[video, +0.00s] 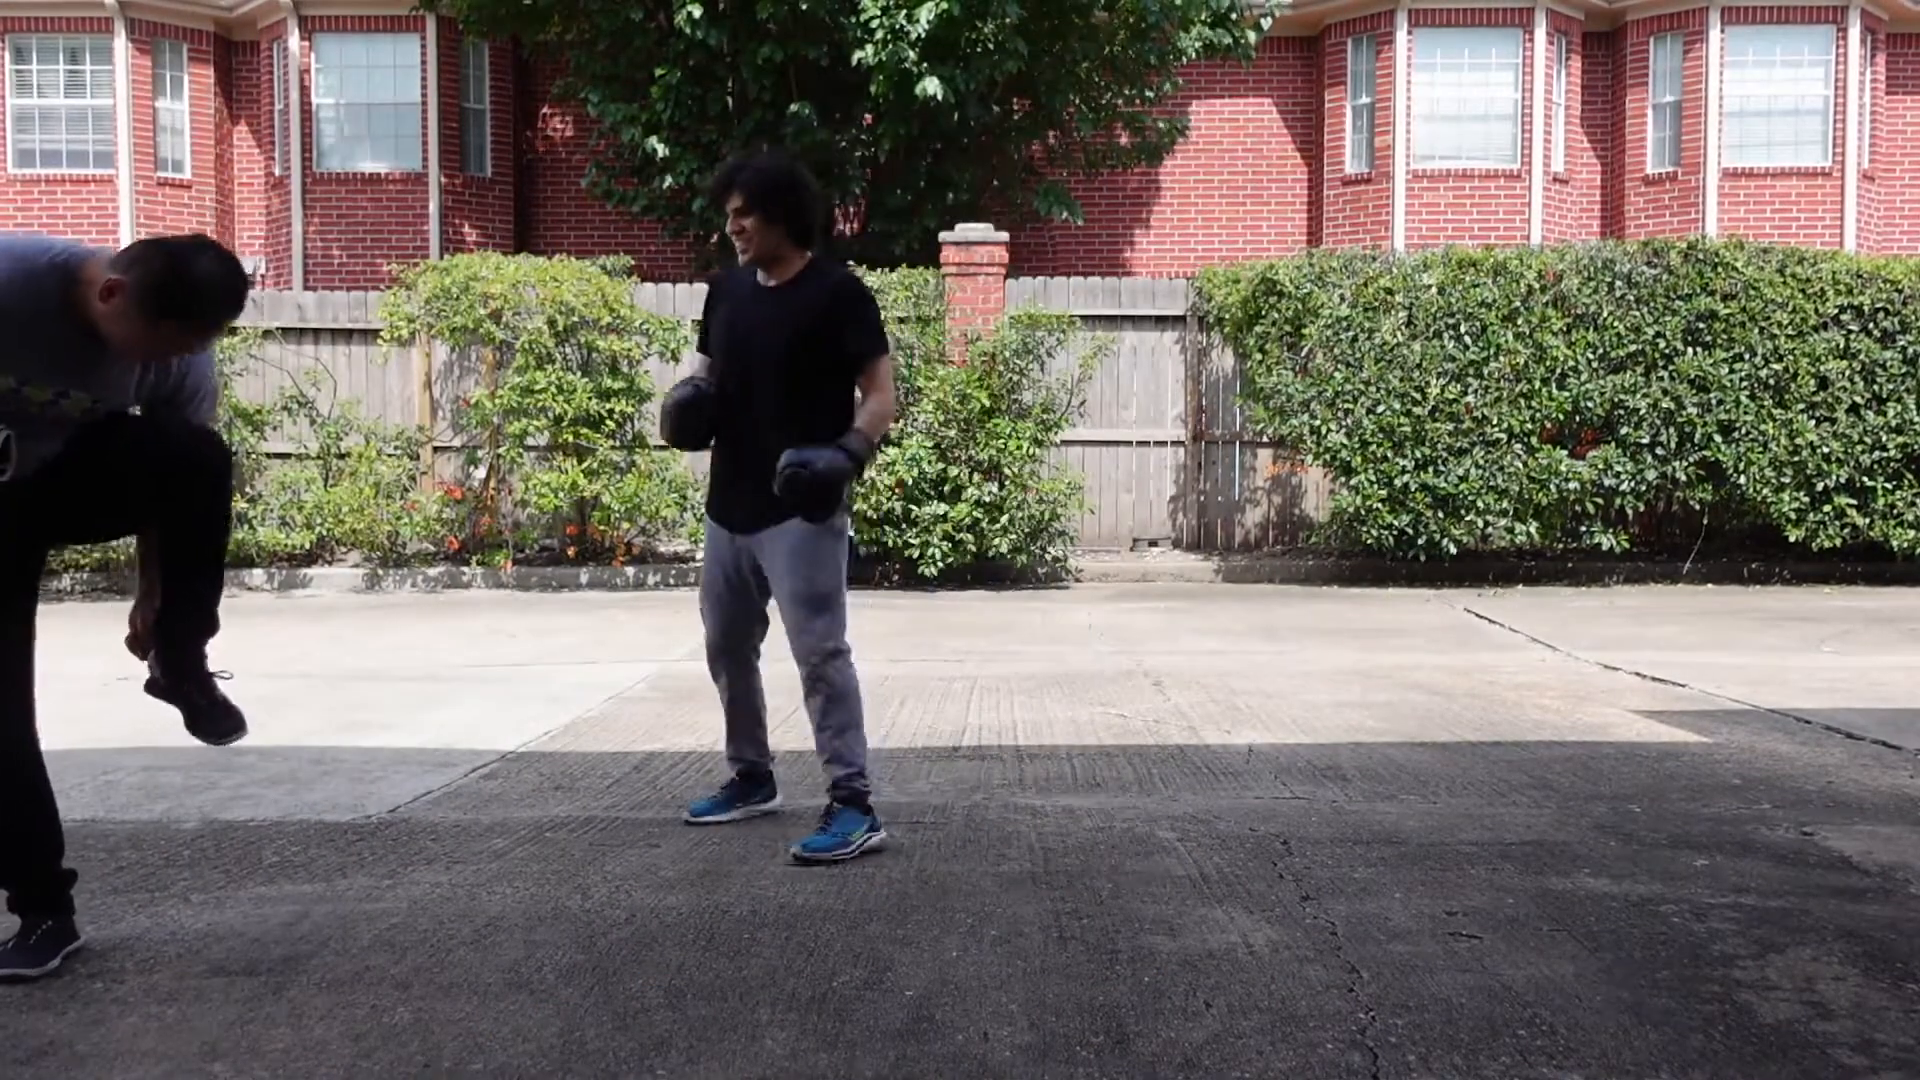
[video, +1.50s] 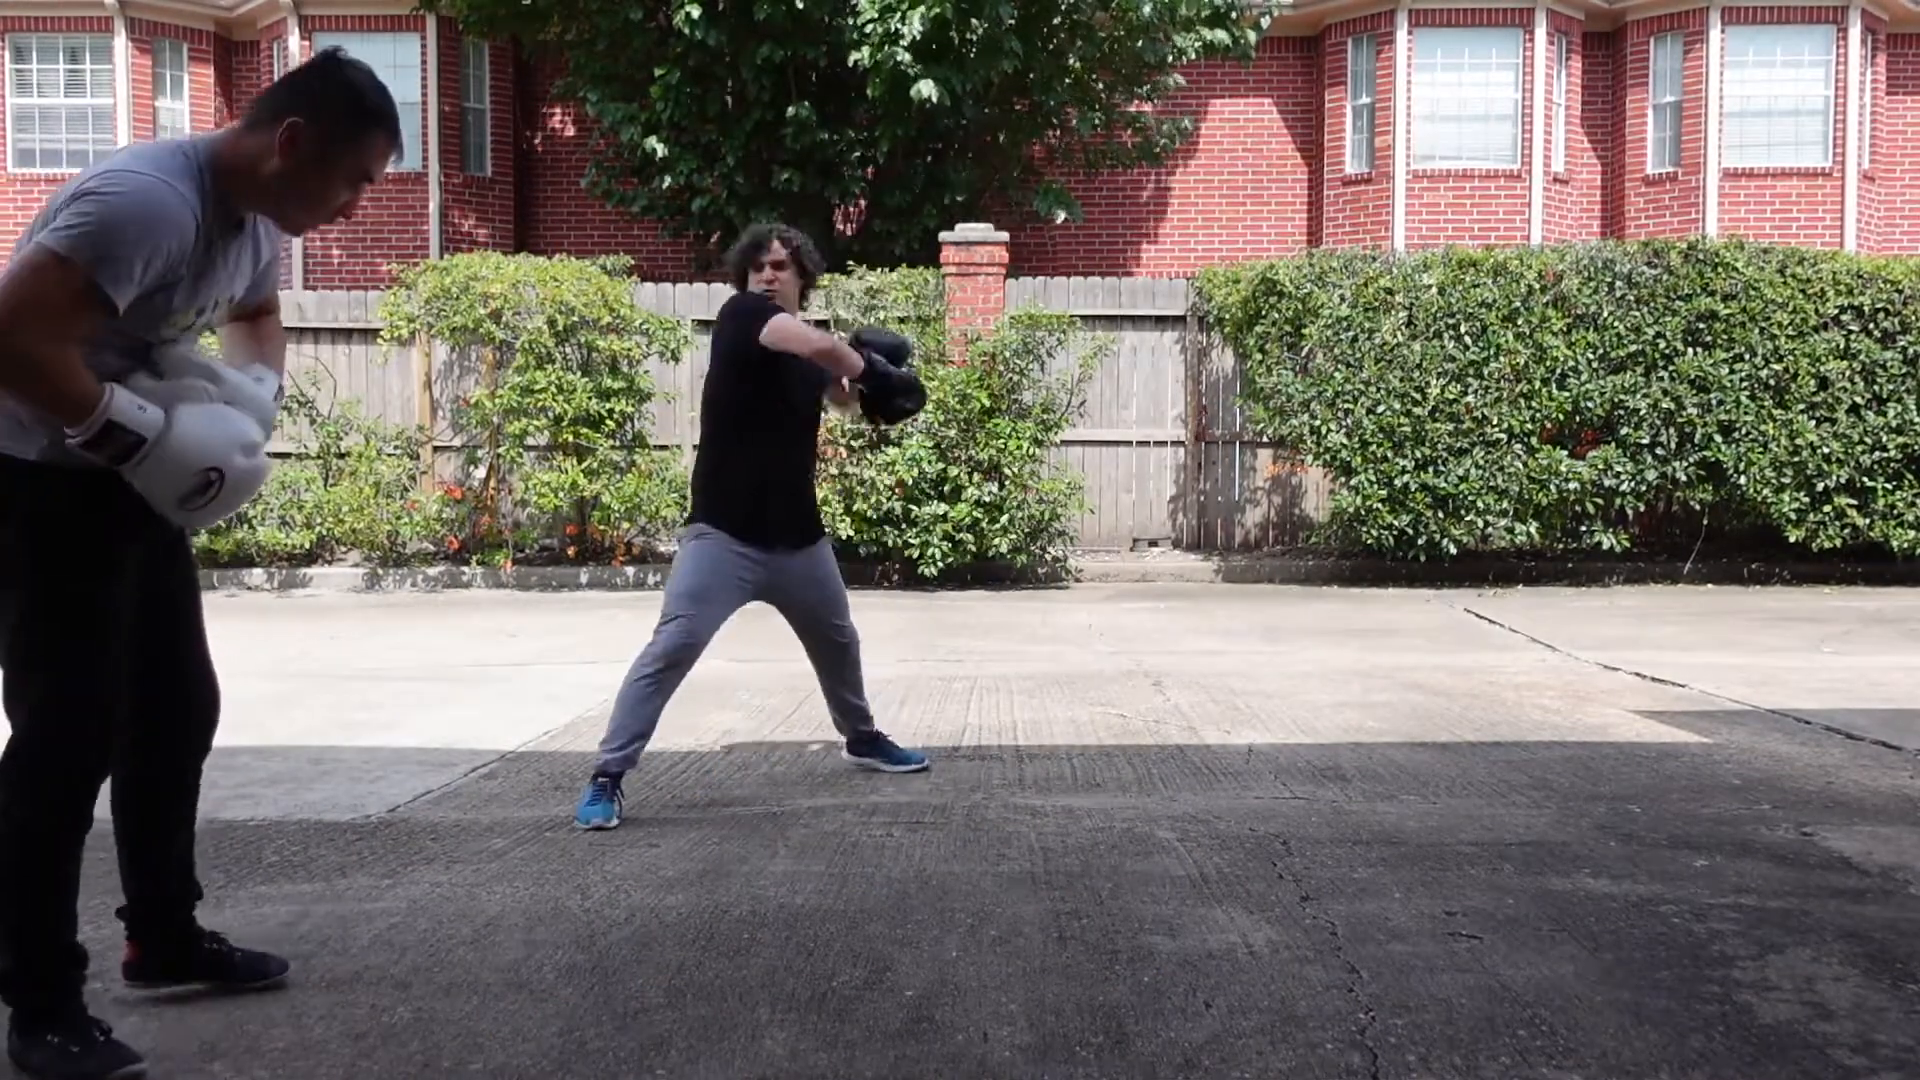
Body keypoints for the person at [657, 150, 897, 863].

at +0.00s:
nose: (734, 228)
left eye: (745, 216)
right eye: (730, 216)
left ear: (786, 215)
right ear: (735, 220)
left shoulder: (840, 292)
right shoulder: (728, 287)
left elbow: (881, 393)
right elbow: (705, 370)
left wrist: (848, 453)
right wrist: (689, 406)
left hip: (804, 507)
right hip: (730, 504)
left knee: (820, 655)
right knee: (728, 649)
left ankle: (851, 804)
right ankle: (751, 778)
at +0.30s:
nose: (743, 229)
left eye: (754, 216)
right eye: (735, 218)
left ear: (789, 215)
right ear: (730, 224)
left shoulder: (834, 285)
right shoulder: (717, 288)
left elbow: (865, 383)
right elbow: (659, 377)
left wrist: (834, 389)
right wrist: (683, 335)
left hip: (820, 497)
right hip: (737, 502)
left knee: (856, 618)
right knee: (735, 643)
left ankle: (872, 744)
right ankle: (750, 774)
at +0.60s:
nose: (793, 253)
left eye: (805, 242)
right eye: (787, 243)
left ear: (840, 246)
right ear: (782, 248)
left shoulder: (883, 315)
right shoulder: (765, 306)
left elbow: (900, 410)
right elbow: (728, 403)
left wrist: (852, 414)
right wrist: (740, 375)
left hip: (856, 517)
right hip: (775, 514)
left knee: (871, 641)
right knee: (757, 640)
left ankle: (885, 749)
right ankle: (753, 773)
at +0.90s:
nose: (837, 266)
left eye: (850, 256)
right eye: (828, 254)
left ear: (871, 265)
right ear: (814, 258)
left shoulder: (886, 325)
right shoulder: (776, 309)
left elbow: (908, 409)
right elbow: (729, 385)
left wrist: (879, 356)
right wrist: (748, 429)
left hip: (854, 511)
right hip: (776, 511)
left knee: (872, 632)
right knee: (750, 632)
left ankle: (886, 747)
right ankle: (743, 737)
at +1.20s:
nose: (855, 293)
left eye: (866, 285)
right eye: (846, 283)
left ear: (880, 292)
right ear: (824, 284)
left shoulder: (889, 341)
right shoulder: (793, 336)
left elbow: (885, 354)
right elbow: (805, 432)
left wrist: (821, 289)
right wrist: (845, 503)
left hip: (843, 526)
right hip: (772, 523)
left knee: (887, 631)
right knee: (738, 630)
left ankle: (873, 737)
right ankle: (733, 724)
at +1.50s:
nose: (773, 274)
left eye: (784, 266)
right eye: (763, 266)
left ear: (804, 276)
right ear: (746, 277)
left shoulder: (811, 341)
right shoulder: (742, 314)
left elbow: (843, 400)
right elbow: (818, 343)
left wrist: (864, 377)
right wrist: (863, 371)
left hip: (800, 541)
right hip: (722, 537)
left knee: (839, 643)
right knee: (674, 645)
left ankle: (862, 736)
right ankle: (607, 777)